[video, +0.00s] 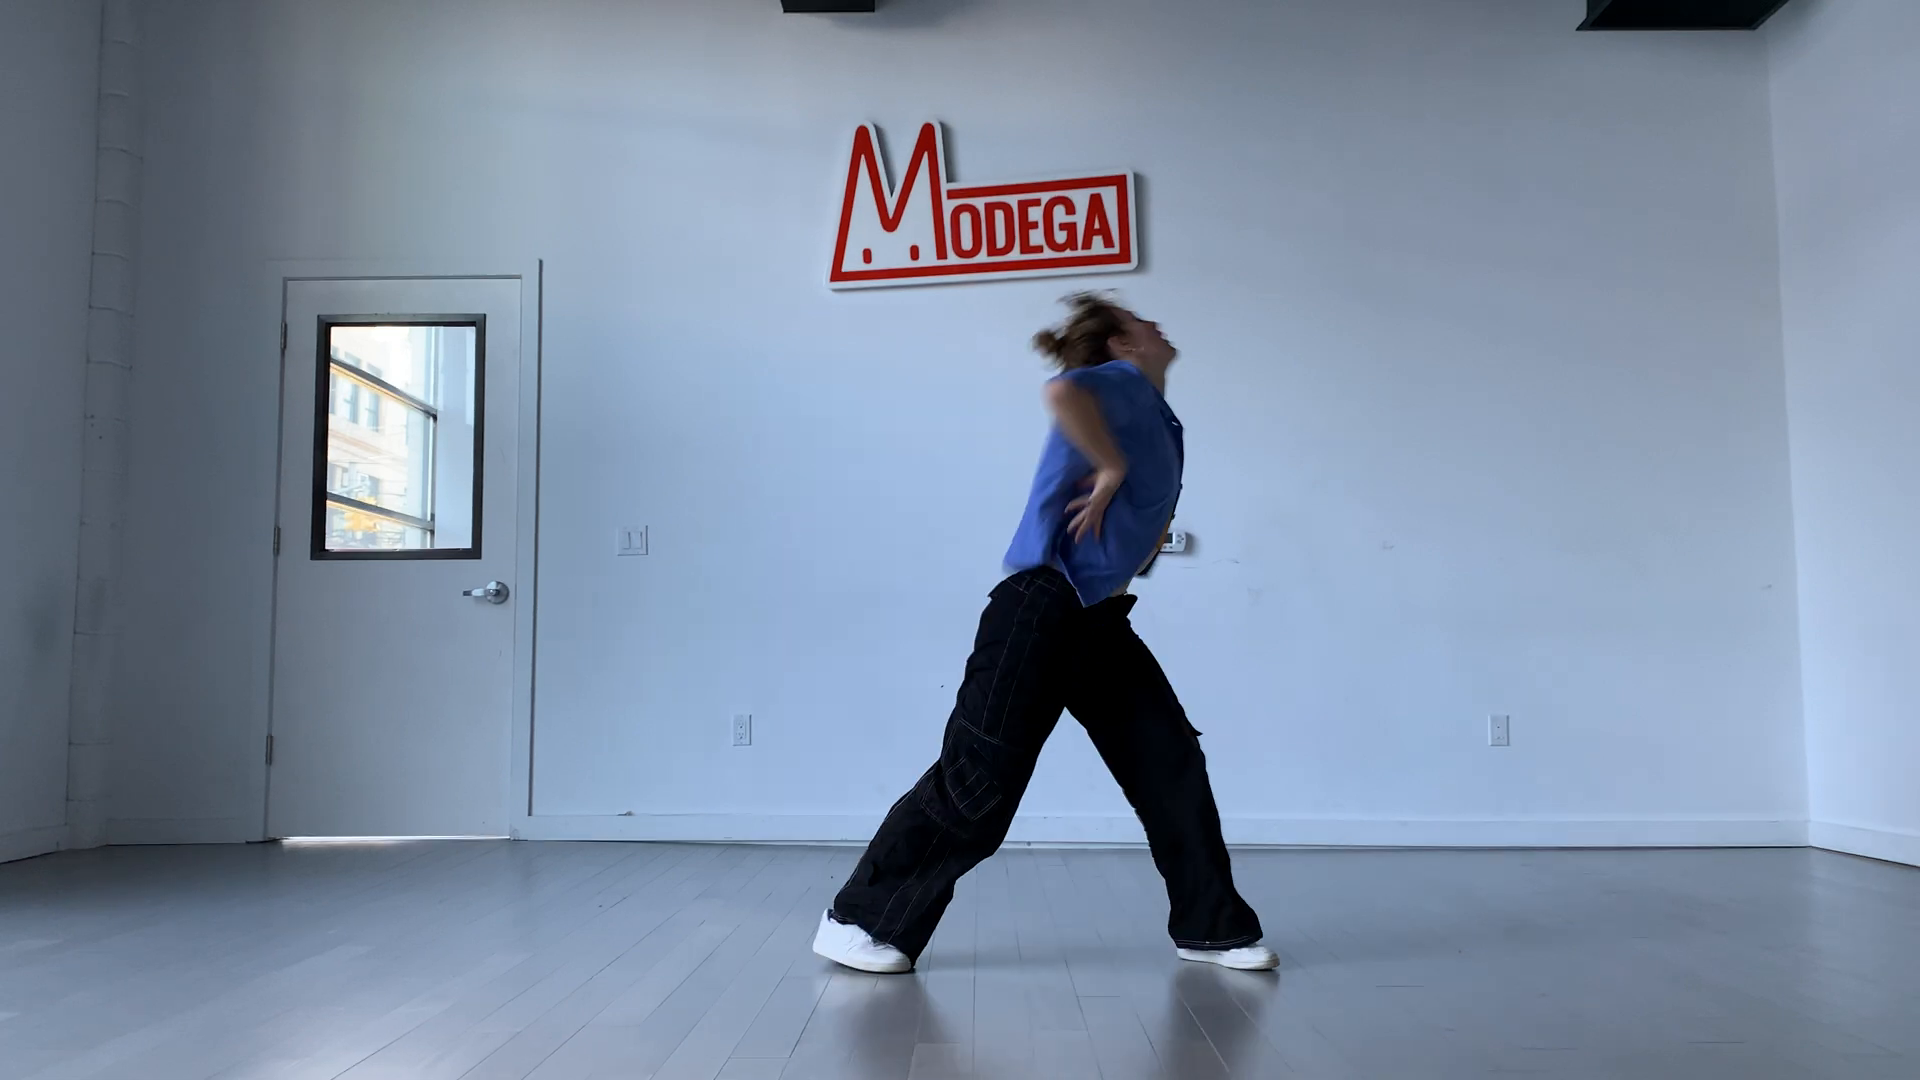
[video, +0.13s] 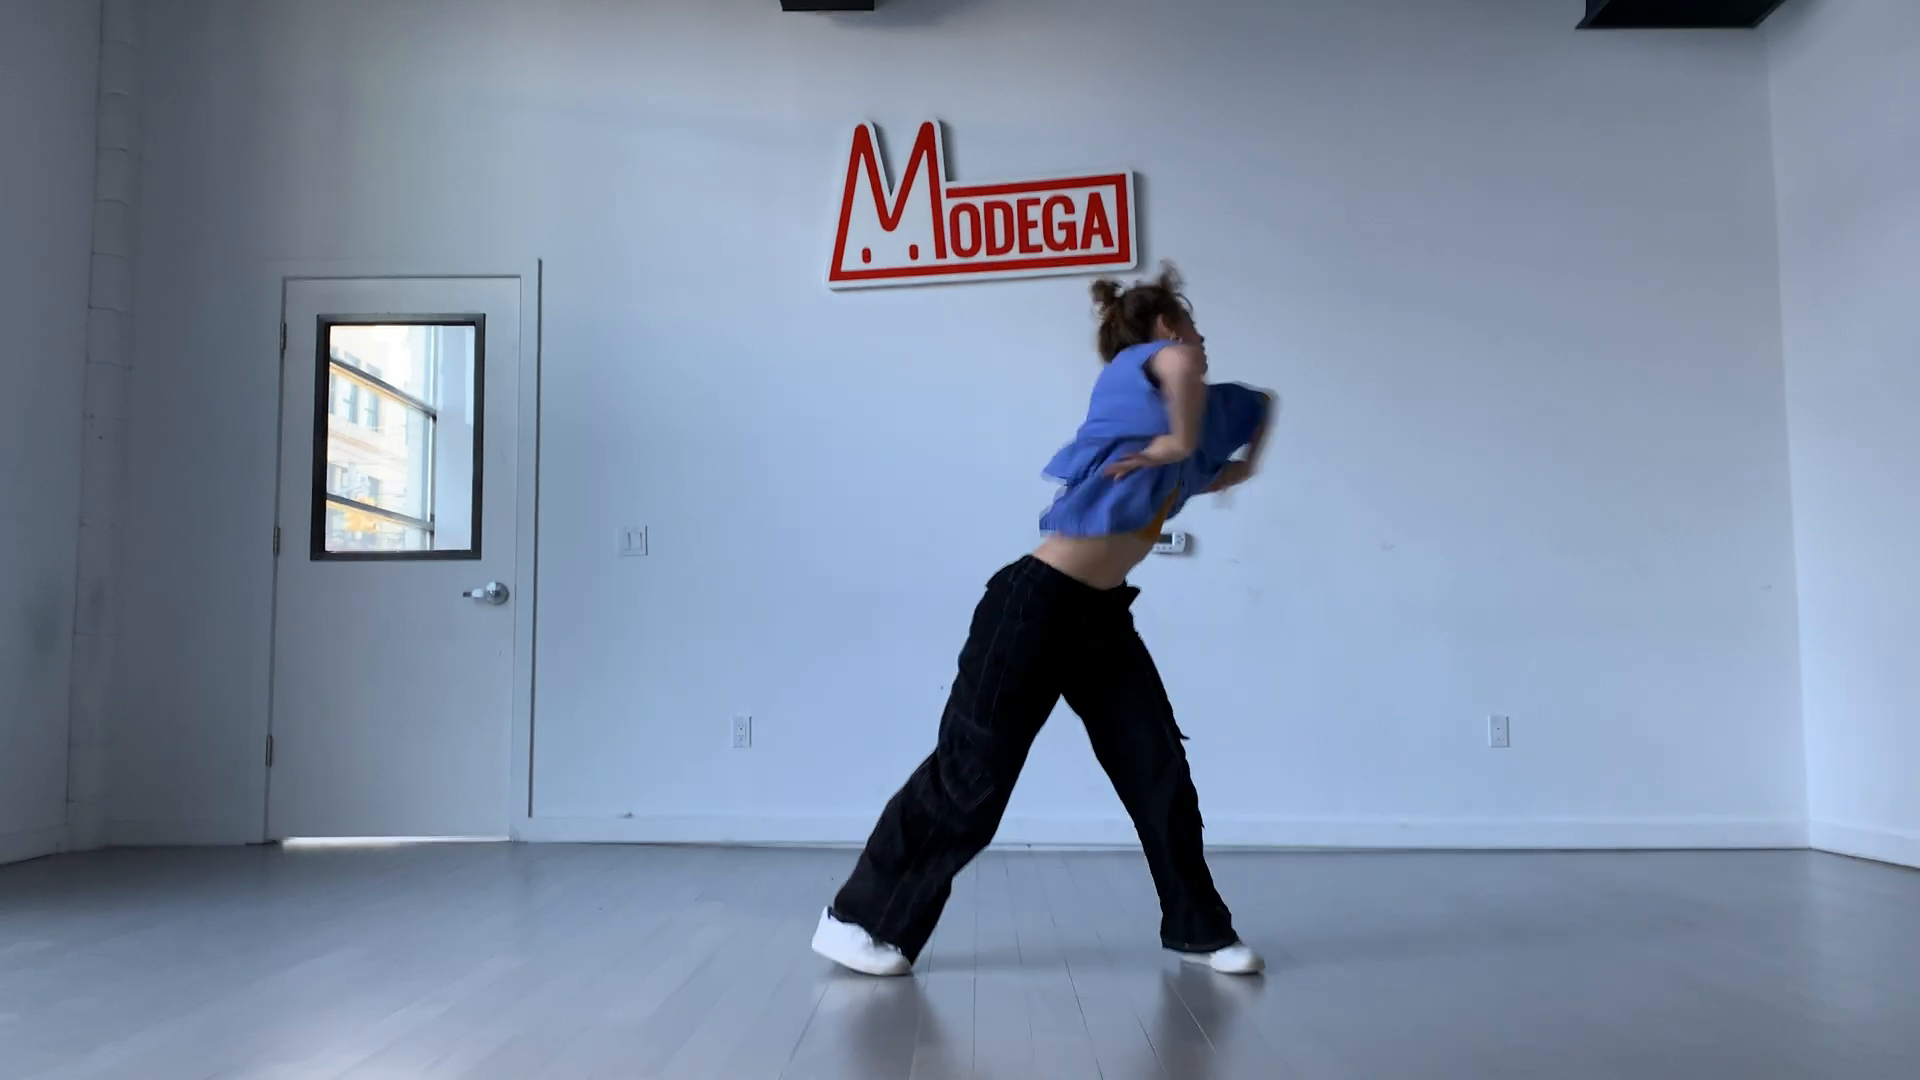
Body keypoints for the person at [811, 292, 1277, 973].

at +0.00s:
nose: (1159, 328)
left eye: (1150, 320)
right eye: (1143, 323)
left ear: (1132, 347)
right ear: (1119, 343)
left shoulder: (1157, 422)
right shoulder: (1118, 382)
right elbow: (1061, 394)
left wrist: (1152, 532)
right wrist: (1113, 466)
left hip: (1101, 622)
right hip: (1039, 611)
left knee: (1172, 765)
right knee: (977, 782)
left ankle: (1210, 927)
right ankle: (859, 921)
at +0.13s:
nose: (1192, 335)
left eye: (1191, 325)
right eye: (1182, 324)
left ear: (1154, 333)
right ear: (1155, 330)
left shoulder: (1168, 421)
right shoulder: (1131, 368)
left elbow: (1220, 472)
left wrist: (1238, 467)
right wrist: (1182, 441)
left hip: (1105, 618)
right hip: (1036, 606)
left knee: (1161, 780)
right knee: (967, 780)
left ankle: (1201, 930)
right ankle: (856, 920)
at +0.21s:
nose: (1207, 334)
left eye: (1206, 324)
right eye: (1201, 321)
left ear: (1176, 324)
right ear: (1173, 318)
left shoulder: (1206, 402)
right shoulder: (1130, 365)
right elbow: (1232, 381)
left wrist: (1336, 471)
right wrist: (1241, 459)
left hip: (1119, 607)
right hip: (1048, 598)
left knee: (1165, 772)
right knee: (978, 770)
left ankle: (1195, 927)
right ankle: (864, 909)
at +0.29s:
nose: (1217, 323)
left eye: (1214, 311)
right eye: (1209, 310)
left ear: (1174, 315)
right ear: (1179, 309)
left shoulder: (1217, 390)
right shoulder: (1130, 371)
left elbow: (1320, 422)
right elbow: (1224, 427)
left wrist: (1421, 458)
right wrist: (1299, 457)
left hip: (1146, 603)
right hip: (1069, 599)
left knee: (1178, 776)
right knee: (1007, 778)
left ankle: (1199, 936)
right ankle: (887, 903)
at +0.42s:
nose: (1210, 298)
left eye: (1216, 288)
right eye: (1194, 286)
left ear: (1220, 305)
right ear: (1152, 299)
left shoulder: (1232, 394)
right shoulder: (1127, 367)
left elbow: (1337, 429)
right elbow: (1198, 416)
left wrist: (1462, 450)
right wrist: (1309, 424)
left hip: (1183, 589)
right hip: (1102, 590)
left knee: (1202, 769)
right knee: (1115, 753)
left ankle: (1203, 927)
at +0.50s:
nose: (1201, 287)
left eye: (1212, 276)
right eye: (1186, 274)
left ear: (1224, 288)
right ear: (1156, 284)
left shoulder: (1226, 372)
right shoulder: (1139, 339)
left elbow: (1336, 405)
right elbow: (1200, 373)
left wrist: (1449, 414)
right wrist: (1286, 387)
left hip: (1201, 574)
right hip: (1120, 577)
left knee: (1218, 743)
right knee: (1169, 731)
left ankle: (1218, 922)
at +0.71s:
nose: (1208, 305)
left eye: (1220, 294)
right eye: (1195, 293)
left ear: (1239, 301)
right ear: (1169, 301)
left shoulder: (1242, 372)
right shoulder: (1153, 343)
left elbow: (1270, 389)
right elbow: (1171, 362)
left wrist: (1315, 378)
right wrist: (1198, 349)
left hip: (1234, 587)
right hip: (1159, 581)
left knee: (1281, 745)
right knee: (1228, 746)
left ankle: (1215, 918)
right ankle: (1263, 946)